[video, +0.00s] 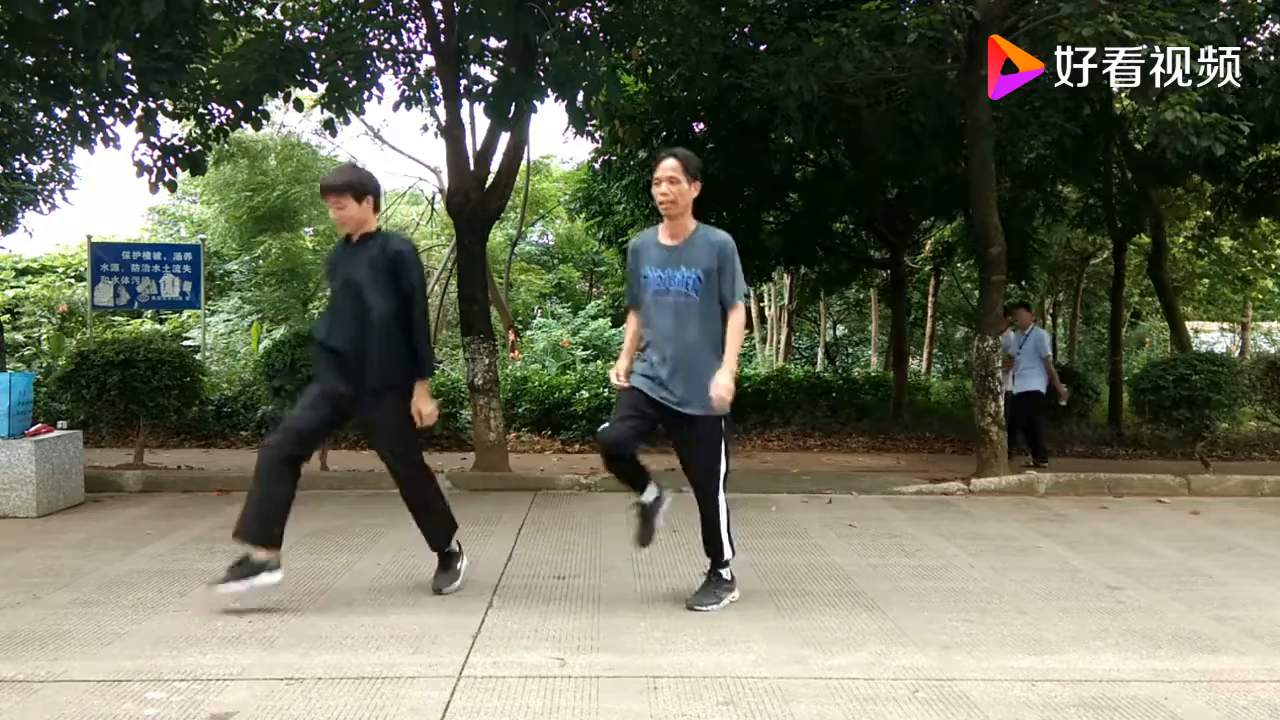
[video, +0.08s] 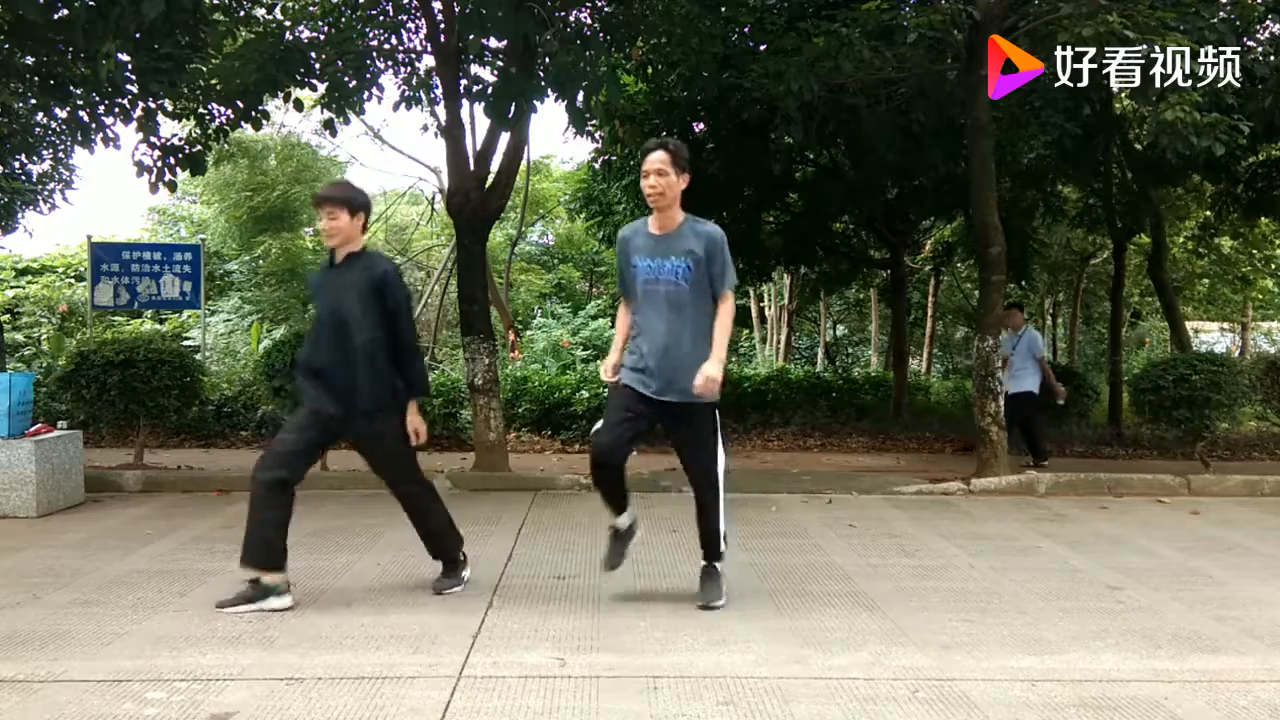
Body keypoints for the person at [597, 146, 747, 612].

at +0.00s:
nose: (663, 190)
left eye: (673, 182)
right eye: (658, 182)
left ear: (694, 189)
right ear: (652, 190)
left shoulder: (719, 245)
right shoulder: (640, 246)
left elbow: (736, 311)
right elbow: (637, 311)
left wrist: (727, 370)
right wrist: (624, 359)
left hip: (701, 386)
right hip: (649, 380)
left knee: (709, 488)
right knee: (612, 440)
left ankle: (721, 574)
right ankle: (649, 495)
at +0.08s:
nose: (651, 182)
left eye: (661, 174)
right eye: (646, 175)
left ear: (682, 181)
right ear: (640, 182)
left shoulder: (709, 237)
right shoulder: (629, 238)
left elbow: (725, 302)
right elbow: (627, 302)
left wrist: (716, 361)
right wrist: (615, 352)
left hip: (692, 383)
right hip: (637, 379)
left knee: (707, 481)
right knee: (604, 453)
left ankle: (711, 565)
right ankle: (622, 522)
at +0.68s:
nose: (560, 177)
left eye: (570, 169)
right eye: (554, 169)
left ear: (589, 175)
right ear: (547, 176)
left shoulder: (615, 230)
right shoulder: (530, 233)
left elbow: (662, 277)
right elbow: (502, 280)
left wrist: (714, 311)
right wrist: (456, 315)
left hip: (595, 371)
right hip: (542, 373)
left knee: (597, 462)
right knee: (544, 479)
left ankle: (653, 537)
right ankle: (559, 564)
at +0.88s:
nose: (550, 201)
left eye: (559, 193)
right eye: (543, 193)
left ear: (577, 200)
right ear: (534, 200)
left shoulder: (601, 258)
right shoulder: (522, 258)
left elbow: (621, 322)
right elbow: (514, 329)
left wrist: (668, 346)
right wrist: (454, 336)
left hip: (577, 399)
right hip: (523, 397)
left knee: (540, 493)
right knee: (528, 495)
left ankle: (493, 577)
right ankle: (575, 574)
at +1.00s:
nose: (546, 190)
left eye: (555, 183)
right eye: (538, 182)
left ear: (571, 190)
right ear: (529, 189)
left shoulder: (594, 248)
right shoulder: (514, 249)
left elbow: (612, 312)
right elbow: (503, 318)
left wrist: (648, 329)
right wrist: (446, 328)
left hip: (571, 390)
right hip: (521, 389)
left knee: (540, 487)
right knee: (527, 490)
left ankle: (509, 579)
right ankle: (573, 571)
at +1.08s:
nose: (545, 176)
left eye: (553, 168)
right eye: (537, 168)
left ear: (569, 176)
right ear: (527, 175)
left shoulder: (593, 234)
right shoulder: (510, 233)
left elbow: (621, 294)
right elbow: (496, 297)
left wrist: (651, 302)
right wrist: (444, 304)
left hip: (574, 371)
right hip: (525, 372)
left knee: (552, 470)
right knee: (529, 475)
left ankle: (547, 575)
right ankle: (563, 563)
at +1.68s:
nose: (540, 180)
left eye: (550, 172)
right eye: (533, 171)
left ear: (566, 180)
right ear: (523, 179)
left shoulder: (587, 238)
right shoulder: (504, 238)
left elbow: (620, 290)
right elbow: (485, 293)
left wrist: (626, 305)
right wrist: (449, 313)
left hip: (567, 375)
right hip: (517, 377)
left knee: (544, 473)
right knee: (529, 479)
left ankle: (541, 579)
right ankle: (567, 558)